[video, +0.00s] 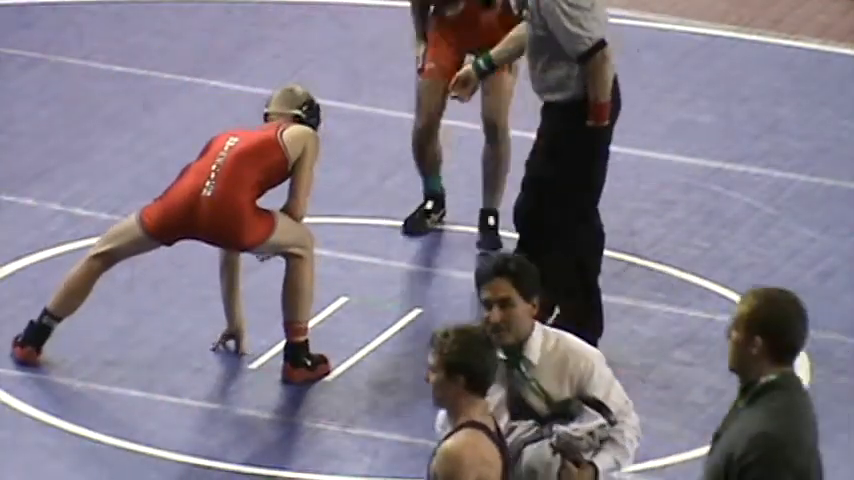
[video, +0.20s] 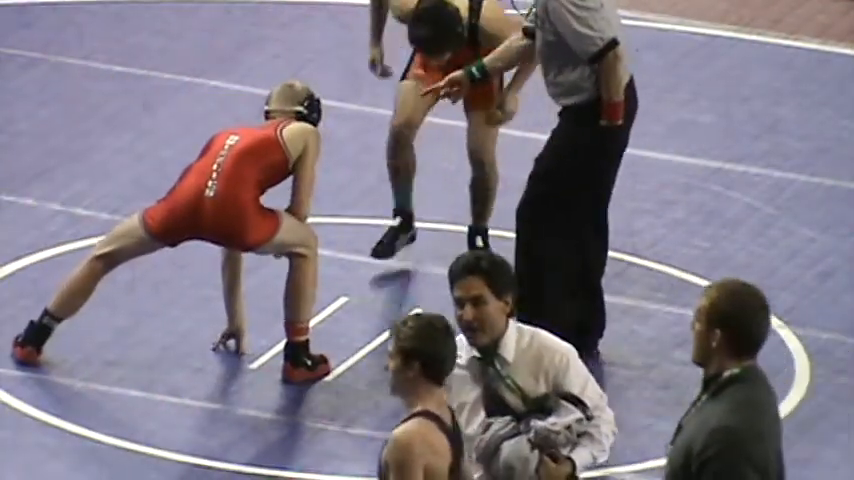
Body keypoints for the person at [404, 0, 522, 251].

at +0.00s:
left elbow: (530, 19)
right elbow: (420, 4)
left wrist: (485, 62)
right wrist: (421, 40)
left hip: (498, 24)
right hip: (446, 24)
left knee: (496, 126)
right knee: (424, 125)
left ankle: (489, 217)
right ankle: (433, 201)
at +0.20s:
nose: (432, 64)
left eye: (437, 57)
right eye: (426, 56)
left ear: (455, 40)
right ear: (415, 30)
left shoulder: (489, 25)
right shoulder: (406, 11)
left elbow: (534, 44)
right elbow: (379, 0)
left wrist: (513, 91)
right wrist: (376, 44)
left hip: (482, 61)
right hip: (429, 55)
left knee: (482, 156)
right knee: (400, 130)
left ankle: (479, 235)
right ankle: (403, 221)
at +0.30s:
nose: (419, 86)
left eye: (426, 78)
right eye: (413, 79)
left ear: (444, 58)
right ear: (402, 58)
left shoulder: (477, 45)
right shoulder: (394, 32)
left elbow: (526, 91)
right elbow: (360, 31)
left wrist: (494, 148)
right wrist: (355, 92)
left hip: (471, 73)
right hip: (419, 70)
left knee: (482, 168)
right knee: (399, 155)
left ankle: (477, 237)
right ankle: (384, 250)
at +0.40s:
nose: (401, 107)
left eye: (410, 100)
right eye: (397, 98)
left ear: (433, 84)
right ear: (391, 83)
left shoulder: (461, 68)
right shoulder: (380, 62)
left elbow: (498, 157)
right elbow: (335, 81)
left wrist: (468, 210)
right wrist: (342, 143)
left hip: (458, 90)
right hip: (404, 95)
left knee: (502, 174)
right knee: (388, 170)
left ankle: (492, 229)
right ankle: (378, 266)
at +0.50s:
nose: (393, 128)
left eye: (401, 121)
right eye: (390, 119)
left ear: (422, 110)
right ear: (383, 101)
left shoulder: (451, 105)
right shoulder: (370, 90)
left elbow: (468, 192)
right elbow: (322, 115)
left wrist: (456, 260)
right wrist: (326, 171)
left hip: (452, 88)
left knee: (500, 183)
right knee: (385, 175)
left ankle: (542, 248)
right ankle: (379, 268)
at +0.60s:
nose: (407, 141)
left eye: (412, 134)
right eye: (397, 133)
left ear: (426, 114)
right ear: (382, 111)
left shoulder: (447, 118)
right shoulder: (368, 97)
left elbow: (462, 198)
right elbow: (317, 139)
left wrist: (453, 267)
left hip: (453, 88)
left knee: (503, 195)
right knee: (386, 178)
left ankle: (566, 249)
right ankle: (380, 270)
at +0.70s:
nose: (389, 130)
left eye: (397, 123)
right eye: (385, 121)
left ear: (420, 110)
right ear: (379, 107)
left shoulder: (452, 110)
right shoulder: (367, 101)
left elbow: (479, 193)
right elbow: (334, 153)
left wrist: (461, 261)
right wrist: (330, 192)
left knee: (516, 196)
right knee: (392, 182)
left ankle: (579, 250)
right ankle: (382, 269)